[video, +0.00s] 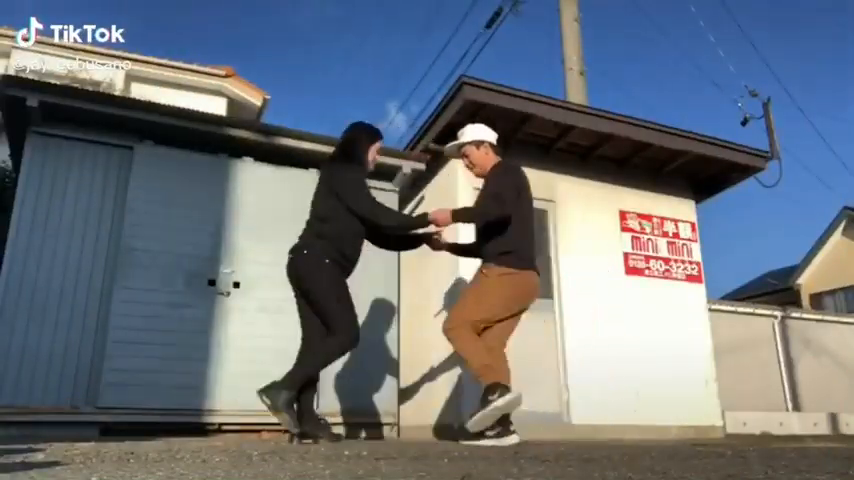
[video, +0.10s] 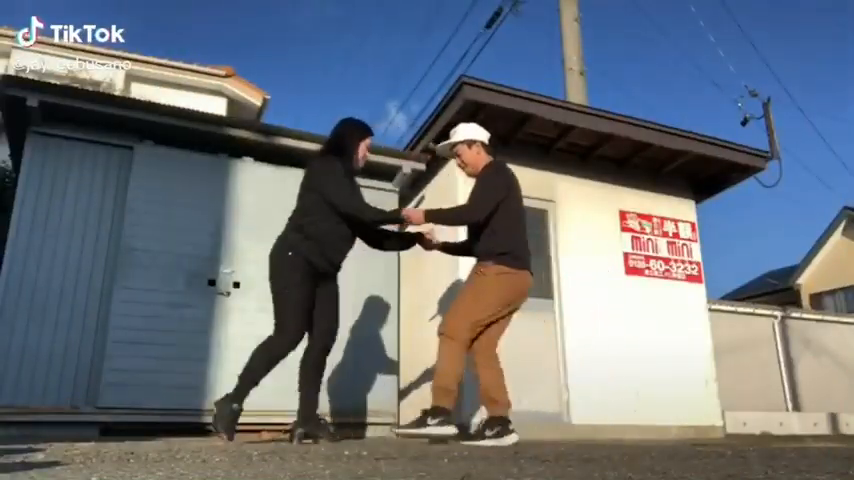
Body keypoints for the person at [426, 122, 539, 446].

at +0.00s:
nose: (465, 163)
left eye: (466, 155)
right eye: (462, 158)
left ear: (484, 147)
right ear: (486, 151)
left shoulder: (503, 174)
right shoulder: (508, 182)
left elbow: (493, 212)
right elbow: (486, 248)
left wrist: (453, 215)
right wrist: (446, 246)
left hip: (505, 272)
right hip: (522, 277)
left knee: (457, 325)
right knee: (491, 345)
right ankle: (500, 426)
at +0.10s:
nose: (457, 164)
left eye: (459, 155)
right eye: (455, 158)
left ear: (477, 147)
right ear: (476, 151)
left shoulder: (495, 174)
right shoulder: (500, 181)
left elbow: (473, 213)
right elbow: (477, 246)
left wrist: (425, 215)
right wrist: (438, 245)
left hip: (498, 271)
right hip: (514, 275)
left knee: (453, 330)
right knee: (483, 345)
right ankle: (498, 420)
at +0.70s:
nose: (454, 153)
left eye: (456, 145)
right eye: (452, 148)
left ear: (474, 138)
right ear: (467, 145)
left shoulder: (503, 162)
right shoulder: (471, 185)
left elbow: (527, 201)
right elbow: (446, 226)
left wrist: (481, 207)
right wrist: (406, 210)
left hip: (504, 261)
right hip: (495, 262)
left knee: (460, 321)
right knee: (481, 334)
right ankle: (492, 415)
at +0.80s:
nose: (463, 154)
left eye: (465, 146)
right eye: (460, 149)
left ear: (483, 139)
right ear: (473, 146)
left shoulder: (511, 164)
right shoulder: (480, 187)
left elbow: (534, 202)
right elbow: (456, 229)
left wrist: (489, 211)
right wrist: (413, 217)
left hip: (516, 264)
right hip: (493, 268)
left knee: (487, 332)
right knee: (481, 337)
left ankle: (538, 397)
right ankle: (494, 417)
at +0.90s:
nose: (472, 155)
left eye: (473, 147)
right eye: (470, 150)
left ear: (492, 140)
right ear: (484, 145)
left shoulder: (518, 168)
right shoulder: (491, 186)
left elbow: (535, 211)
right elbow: (476, 234)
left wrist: (489, 217)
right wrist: (434, 229)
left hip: (532, 267)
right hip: (503, 272)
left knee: (528, 343)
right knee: (491, 343)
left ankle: (563, 419)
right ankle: (496, 421)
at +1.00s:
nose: (482, 156)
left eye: (484, 148)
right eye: (479, 151)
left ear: (503, 141)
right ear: (495, 148)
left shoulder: (526, 171)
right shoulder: (502, 188)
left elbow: (534, 218)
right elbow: (505, 236)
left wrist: (487, 215)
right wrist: (468, 232)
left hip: (554, 265)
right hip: (523, 273)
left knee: (557, 342)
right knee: (500, 337)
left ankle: (568, 423)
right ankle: (512, 416)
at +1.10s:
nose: (491, 152)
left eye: (495, 144)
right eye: (490, 146)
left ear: (515, 141)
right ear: (507, 146)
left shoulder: (535, 172)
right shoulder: (516, 186)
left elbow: (524, 204)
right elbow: (518, 236)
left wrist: (485, 187)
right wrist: (500, 222)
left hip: (561, 265)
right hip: (532, 275)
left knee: (561, 343)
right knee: (523, 341)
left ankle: (570, 423)